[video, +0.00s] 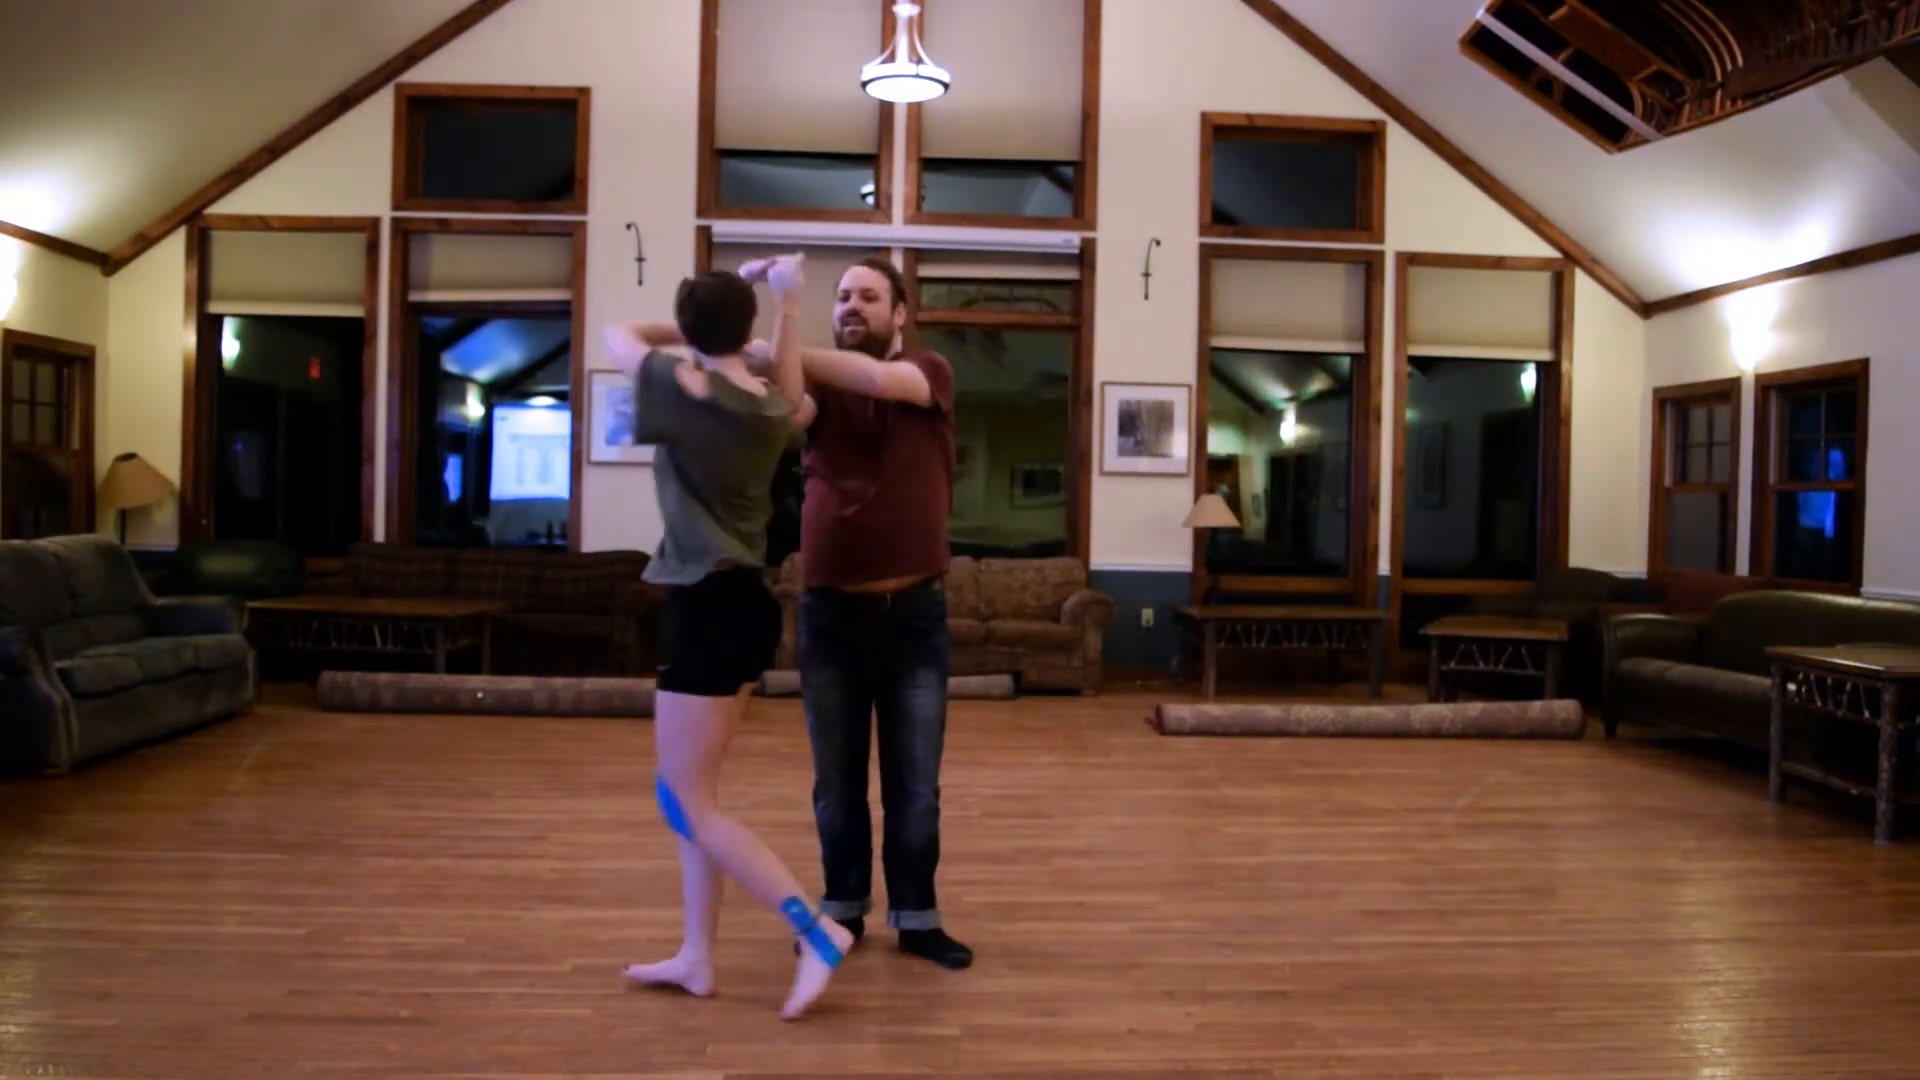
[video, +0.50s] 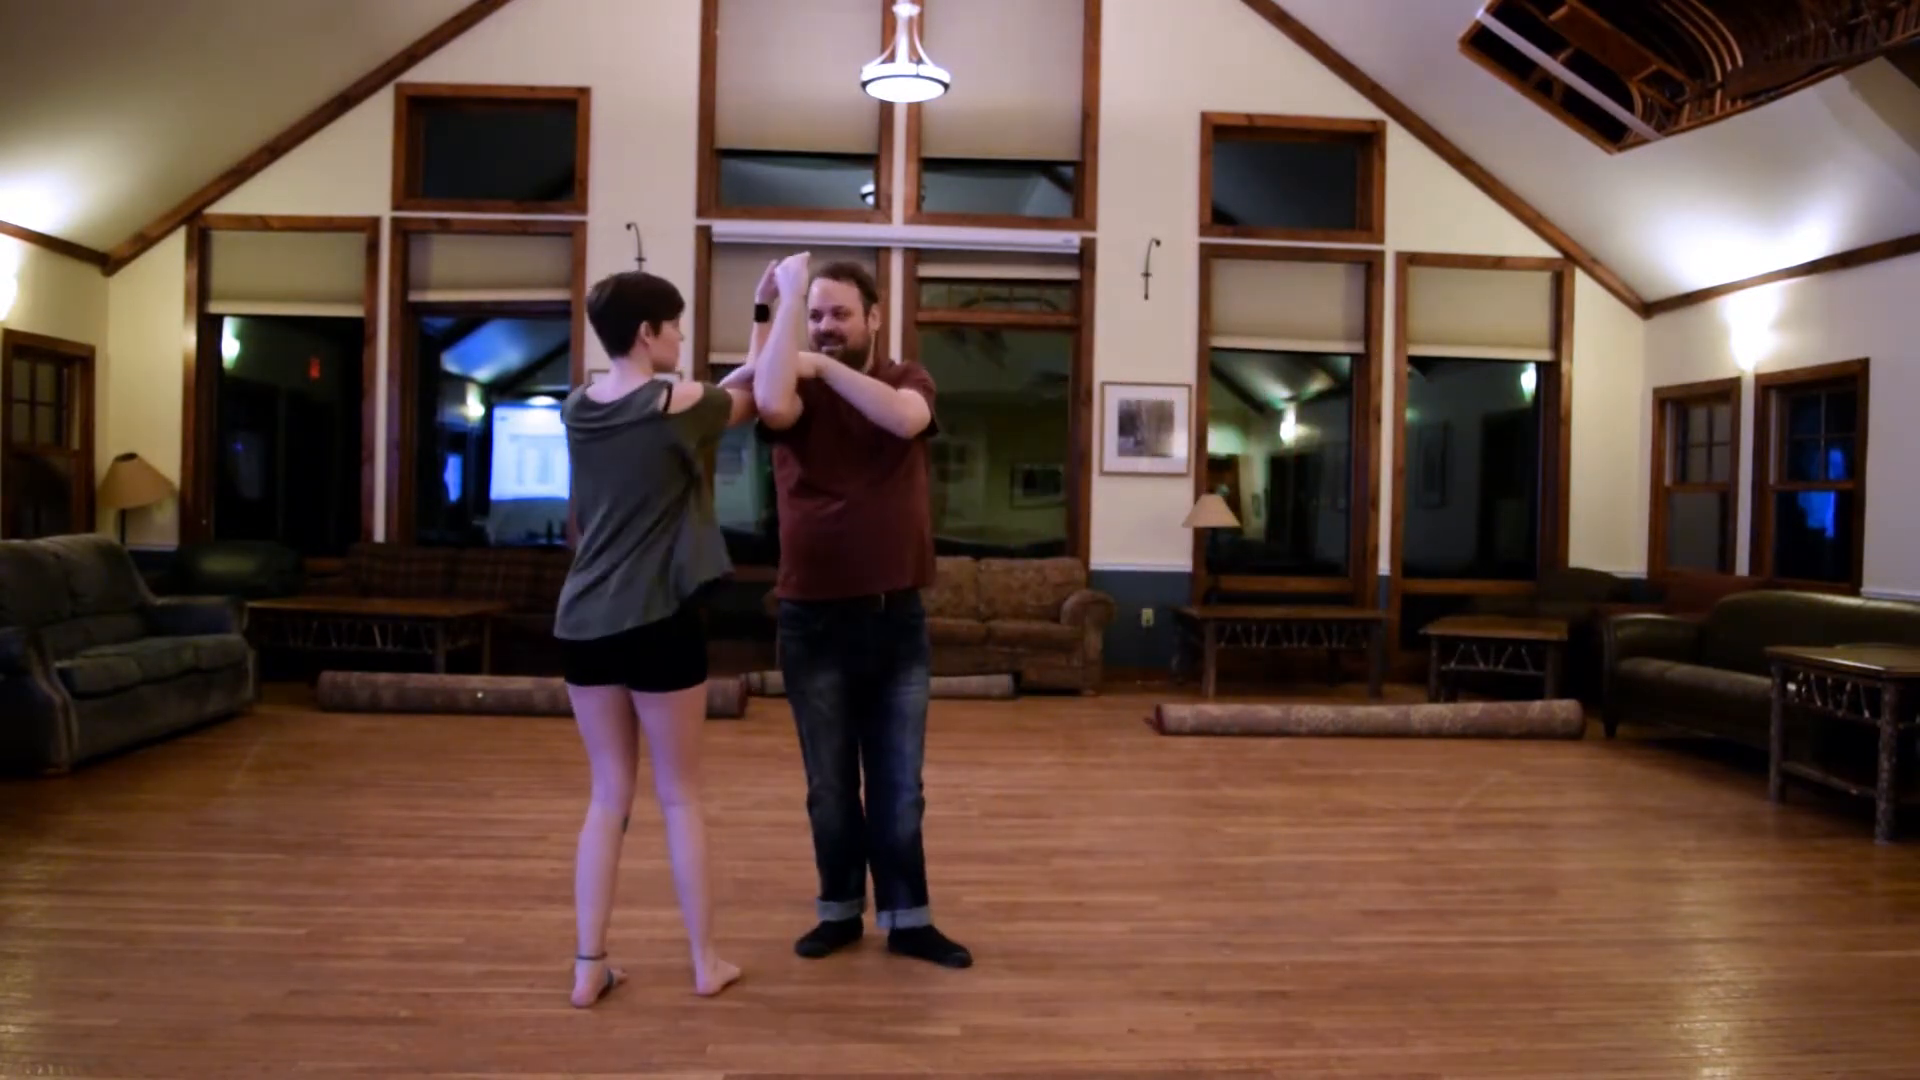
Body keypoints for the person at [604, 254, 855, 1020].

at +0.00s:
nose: (682, 334)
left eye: (684, 329)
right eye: (748, 329)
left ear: (684, 336)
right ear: (750, 339)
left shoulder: (674, 393)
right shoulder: (777, 412)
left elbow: (622, 339)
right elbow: (798, 399)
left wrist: (693, 337)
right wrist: (785, 324)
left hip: (704, 604)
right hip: (744, 602)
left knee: (688, 802)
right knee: (687, 794)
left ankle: (814, 932)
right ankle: (695, 957)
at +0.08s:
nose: (735, 334)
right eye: (734, 323)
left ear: (665, 330)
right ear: (731, 331)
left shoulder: (643, 394)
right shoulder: (761, 397)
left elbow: (603, 433)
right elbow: (796, 416)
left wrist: (634, 380)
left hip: (675, 611)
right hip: (747, 610)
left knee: (657, 795)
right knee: (701, 794)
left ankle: (754, 943)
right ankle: (697, 956)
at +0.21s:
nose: (710, 332)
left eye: (707, 322)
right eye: (706, 322)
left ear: (638, 330)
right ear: (689, 330)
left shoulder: (607, 401)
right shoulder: (727, 399)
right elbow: (777, 384)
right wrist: (782, 304)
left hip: (631, 620)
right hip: (721, 620)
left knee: (631, 801)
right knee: (702, 796)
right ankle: (704, 962)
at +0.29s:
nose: (697, 337)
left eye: (694, 325)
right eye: (691, 326)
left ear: (627, 335)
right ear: (670, 334)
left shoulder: (594, 405)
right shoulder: (706, 405)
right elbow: (773, 382)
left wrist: (713, 380)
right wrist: (791, 298)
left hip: (607, 625)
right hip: (694, 624)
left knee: (617, 801)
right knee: (695, 799)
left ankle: (589, 965)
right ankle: (704, 961)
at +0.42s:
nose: (686, 337)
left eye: (684, 326)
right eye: (679, 326)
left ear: (619, 335)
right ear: (655, 334)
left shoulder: (585, 405)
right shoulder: (686, 401)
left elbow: (666, 402)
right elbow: (758, 394)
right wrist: (784, 307)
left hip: (586, 620)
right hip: (669, 620)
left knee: (612, 799)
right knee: (686, 798)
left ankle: (588, 966)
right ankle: (706, 960)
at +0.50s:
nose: (682, 338)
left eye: (679, 326)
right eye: (675, 327)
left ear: (614, 335)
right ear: (648, 334)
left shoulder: (579, 409)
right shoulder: (676, 403)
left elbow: (686, 404)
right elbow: (760, 395)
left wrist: (750, 364)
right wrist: (788, 306)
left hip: (583, 621)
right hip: (659, 621)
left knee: (607, 800)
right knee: (681, 799)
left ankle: (588, 966)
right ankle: (705, 962)